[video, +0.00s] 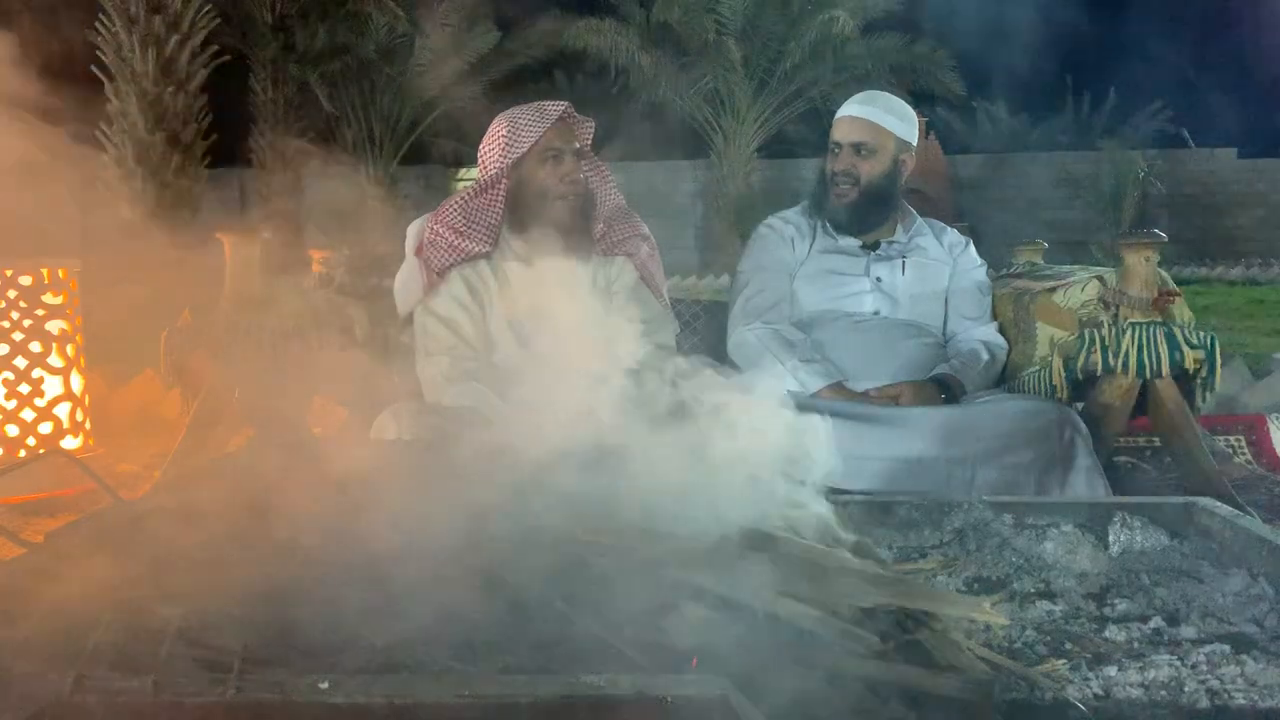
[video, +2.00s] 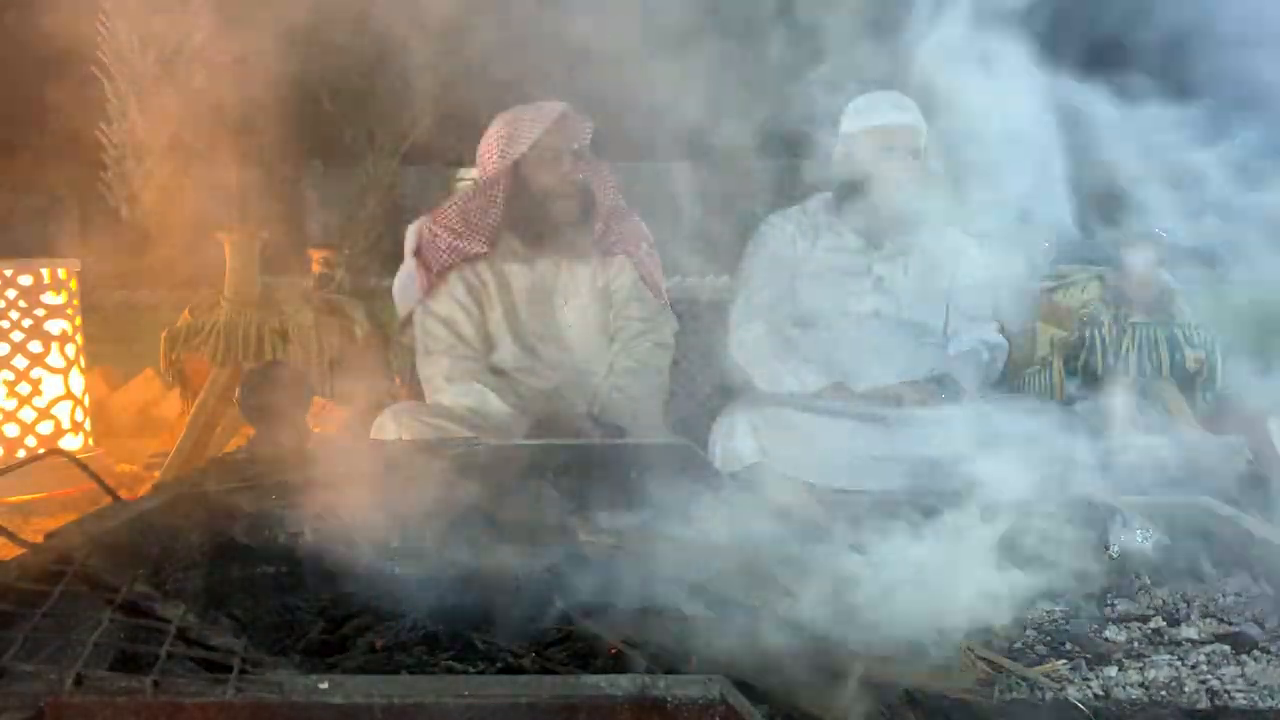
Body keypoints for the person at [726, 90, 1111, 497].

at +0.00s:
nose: (840, 166)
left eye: (861, 152)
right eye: (835, 150)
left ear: (904, 164)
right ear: (825, 156)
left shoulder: (952, 248)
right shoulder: (784, 234)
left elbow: (980, 345)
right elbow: (755, 331)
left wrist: (937, 389)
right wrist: (833, 395)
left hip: (935, 421)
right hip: (824, 417)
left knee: (1055, 425)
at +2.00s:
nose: (905, 170)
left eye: (913, 155)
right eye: (887, 154)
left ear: (926, 163)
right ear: (849, 161)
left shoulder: (953, 248)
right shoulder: (787, 236)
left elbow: (982, 337)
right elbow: (750, 337)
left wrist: (940, 389)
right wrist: (824, 392)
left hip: (920, 417)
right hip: (812, 416)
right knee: (740, 429)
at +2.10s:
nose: (893, 172)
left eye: (904, 155)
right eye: (878, 155)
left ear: (922, 162)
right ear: (842, 160)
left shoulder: (954, 251)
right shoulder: (787, 235)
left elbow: (982, 347)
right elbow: (750, 335)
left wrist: (935, 391)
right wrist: (819, 391)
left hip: (922, 421)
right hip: (819, 419)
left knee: (1028, 420)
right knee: (738, 427)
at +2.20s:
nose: (901, 173)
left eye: (911, 157)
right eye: (885, 156)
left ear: (923, 166)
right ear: (843, 159)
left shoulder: (953, 250)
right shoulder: (786, 235)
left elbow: (981, 346)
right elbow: (752, 333)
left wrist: (934, 388)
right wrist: (822, 395)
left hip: (924, 416)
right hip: (817, 413)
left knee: (1058, 428)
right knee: (739, 428)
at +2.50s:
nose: (899, 173)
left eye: (911, 159)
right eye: (883, 156)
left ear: (923, 165)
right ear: (842, 156)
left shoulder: (953, 250)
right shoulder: (787, 234)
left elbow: (981, 340)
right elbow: (753, 332)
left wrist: (940, 388)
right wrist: (829, 394)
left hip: (930, 423)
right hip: (821, 420)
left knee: (1051, 424)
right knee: (740, 430)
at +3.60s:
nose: (890, 179)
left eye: (905, 166)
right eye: (877, 161)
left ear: (920, 170)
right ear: (844, 157)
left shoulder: (953, 250)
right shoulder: (785, 236)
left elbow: (981, 341)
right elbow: (754, 332)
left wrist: (937, 390)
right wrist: (831, 396)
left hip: (932, 417)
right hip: (823, 412)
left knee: (1056, 425)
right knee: (742, 425)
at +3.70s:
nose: (889, 180)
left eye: (904, 165)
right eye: (875, 161)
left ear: (919, 171)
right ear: (843, 158)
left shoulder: (953, 249)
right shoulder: (786, 235)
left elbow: (980, 342)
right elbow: (754, 332)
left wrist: (939, 387)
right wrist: (823, 390)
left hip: (934, 415)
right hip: (826, 414)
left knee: (1058, 429)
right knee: (741, 426)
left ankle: (1084, 575)